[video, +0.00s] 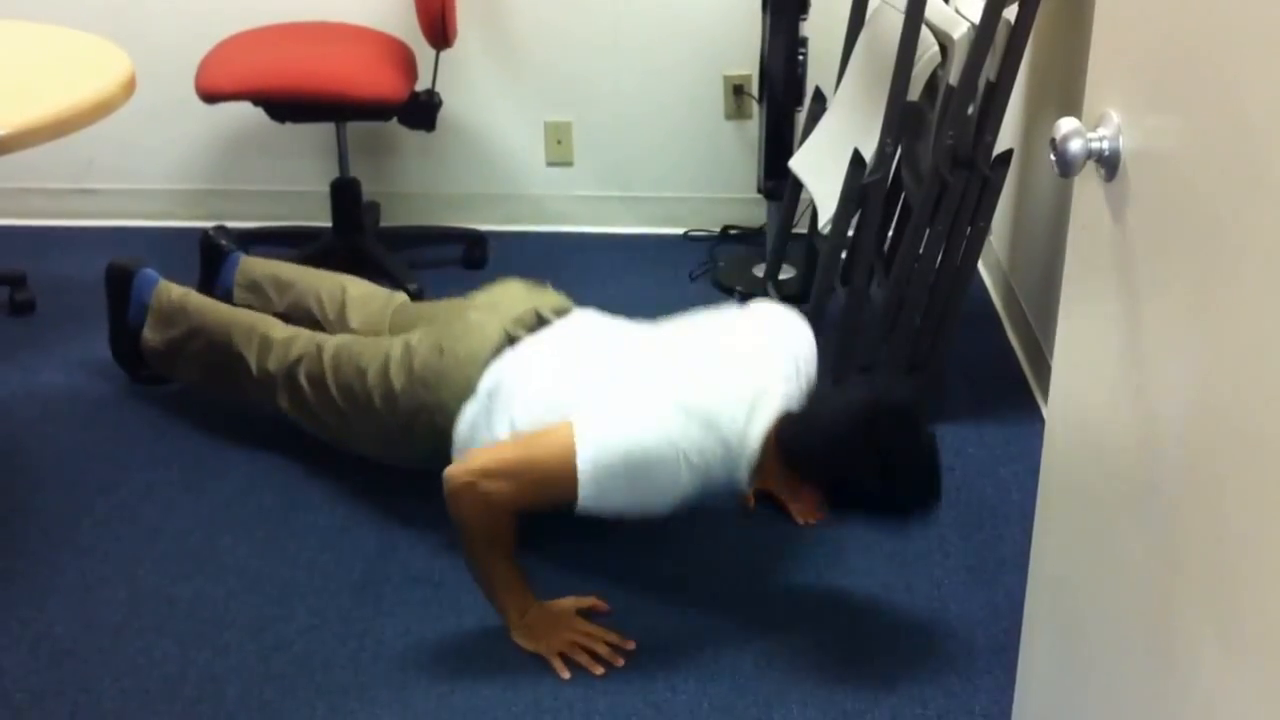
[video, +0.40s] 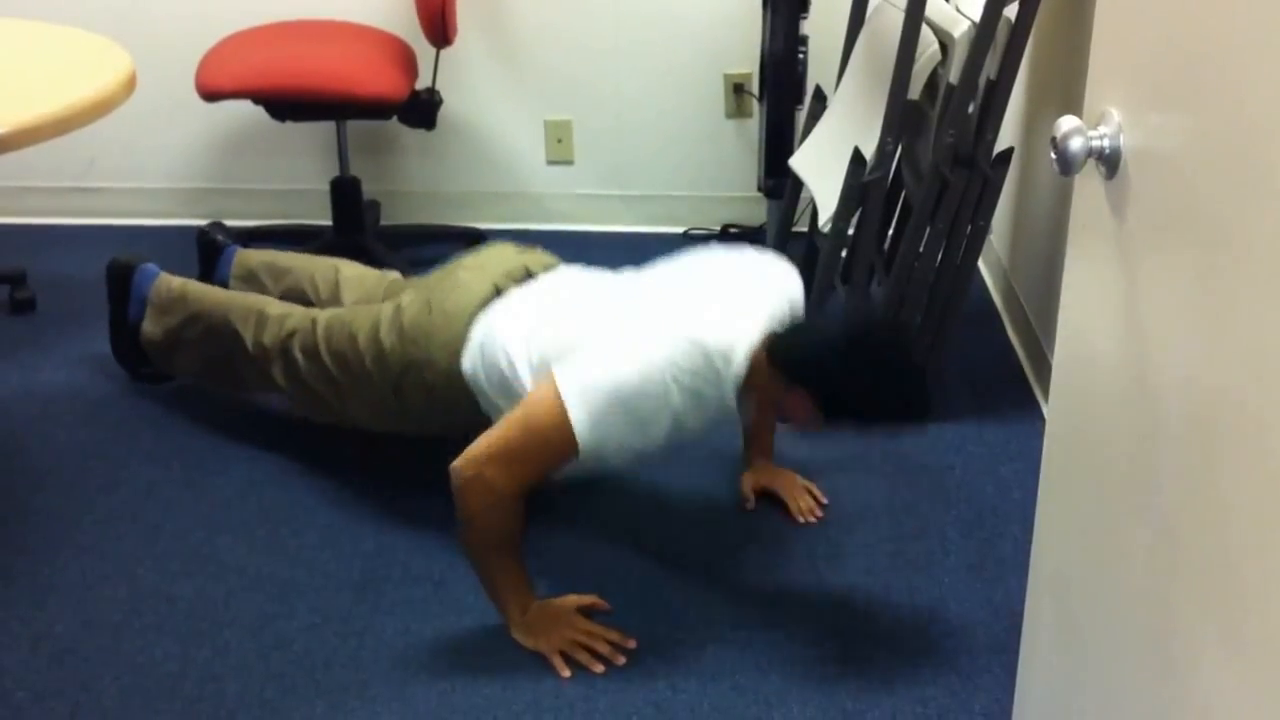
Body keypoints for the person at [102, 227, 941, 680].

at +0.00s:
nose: (825, 526)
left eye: (839, 518)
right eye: (833, 515)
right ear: (808, 487)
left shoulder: (787, 335)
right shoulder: (664, 454)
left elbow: (700, 327)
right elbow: (471, 487)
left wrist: (751, 458)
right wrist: (525, 615)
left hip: (535, 308)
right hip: (459, 390)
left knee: (390, 312)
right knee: (290, 365)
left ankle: (243, 268)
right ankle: (155, 315)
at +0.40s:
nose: (814, 427)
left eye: (825, 418)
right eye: (823, 419)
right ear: (801, 388)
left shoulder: (777, 285)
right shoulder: (656, 375)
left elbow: (761, 371)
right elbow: (479, 478)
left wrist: (756, 456)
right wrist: (525, 610)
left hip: (524, 272)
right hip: (464, 346)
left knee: (374, 290)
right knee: (290, 354)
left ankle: (237, 256)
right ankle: (154, 309)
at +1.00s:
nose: (834, 580)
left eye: (849, 569)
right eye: (842, 570)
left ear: (850, 463)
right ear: (810, 545)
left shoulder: (794, 392)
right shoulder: (680, 492)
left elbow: (777, 316)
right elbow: (479, 487)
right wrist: (524, 608)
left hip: (551, 340)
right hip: (474, 405)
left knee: (396, 322)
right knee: (299, 369)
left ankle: (247, 265)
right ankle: (161, 310)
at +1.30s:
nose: (830, 395)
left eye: (848, 388)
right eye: (834, 380)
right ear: (789, 338)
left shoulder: (770, 244)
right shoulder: (643, 335)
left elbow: (763, 352)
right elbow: (496, 461)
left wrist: (760, 453)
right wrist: (526, 606)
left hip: (522, 247)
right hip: (461, 316)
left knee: (373, 277)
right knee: (291, 338)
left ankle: (237, 252)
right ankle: (152, 307)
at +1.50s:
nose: (835, 363)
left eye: (853, 351)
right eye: (836, 345)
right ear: (784, 306)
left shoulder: (770, 224)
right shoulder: (637, 312)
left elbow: (761, 341)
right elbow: (503, 455)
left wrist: (762, 453)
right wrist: (524, 601)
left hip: (519, 230)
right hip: (458, 307)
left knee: (374, 268)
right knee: (292, 332)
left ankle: (238, 255)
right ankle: (153, 312)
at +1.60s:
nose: (843, 435)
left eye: (858, 426)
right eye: (845, 421)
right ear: (796, 376)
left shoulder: (780, 272)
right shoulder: (665, 371)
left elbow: (760, 361)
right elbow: (476, 471)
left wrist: (759, 449)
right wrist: (527, 607)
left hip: (526, 264)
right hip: (464, 341)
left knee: (373, 284)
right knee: (295, 347)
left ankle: (240, 255)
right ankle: (156, 313)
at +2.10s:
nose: (847, 426)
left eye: (864, 417)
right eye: (852, 413)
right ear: (800, 372)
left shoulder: (777, 275)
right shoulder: (655, 366)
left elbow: (761, 359)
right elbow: (482, 473)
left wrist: (759, 453)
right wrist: (526, 606)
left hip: (524, 267)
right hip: (463, 340)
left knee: (376, 287)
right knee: (293, 344)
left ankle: (242, 255)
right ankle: (158, 309)